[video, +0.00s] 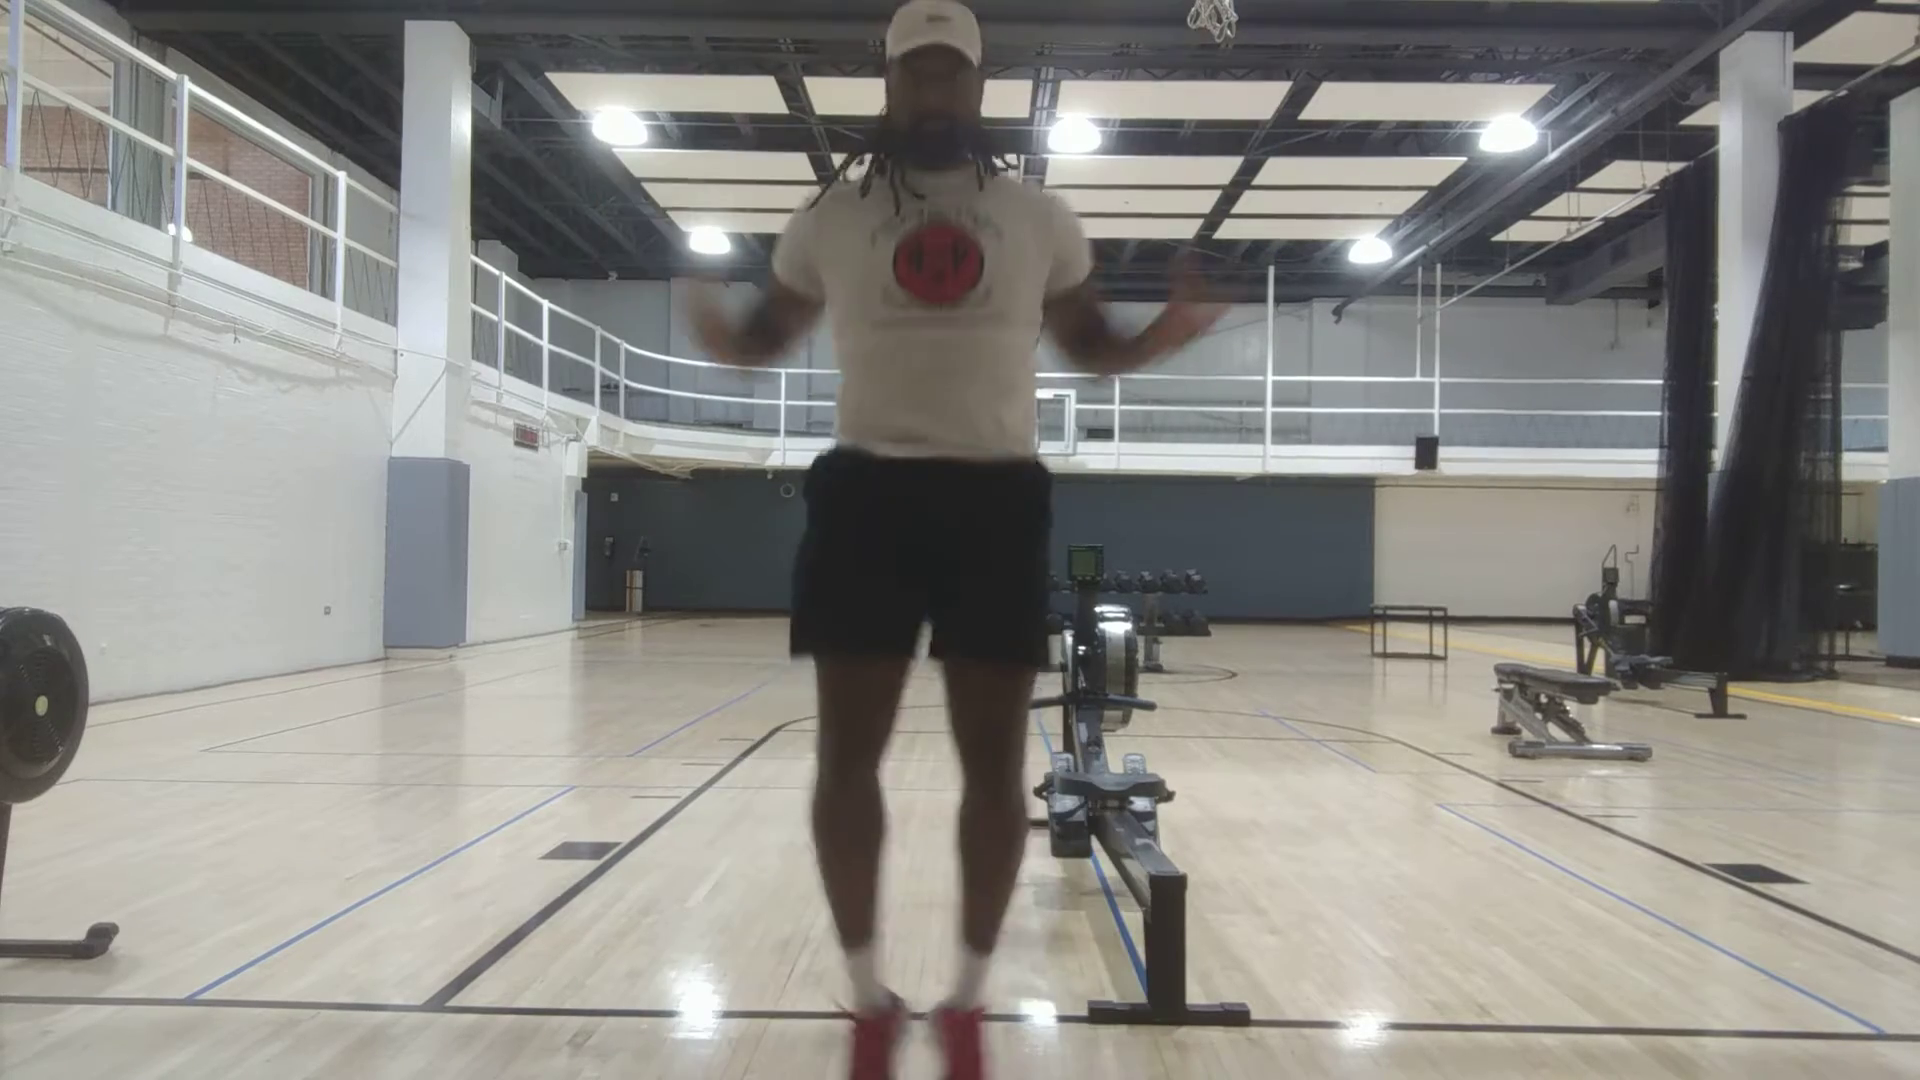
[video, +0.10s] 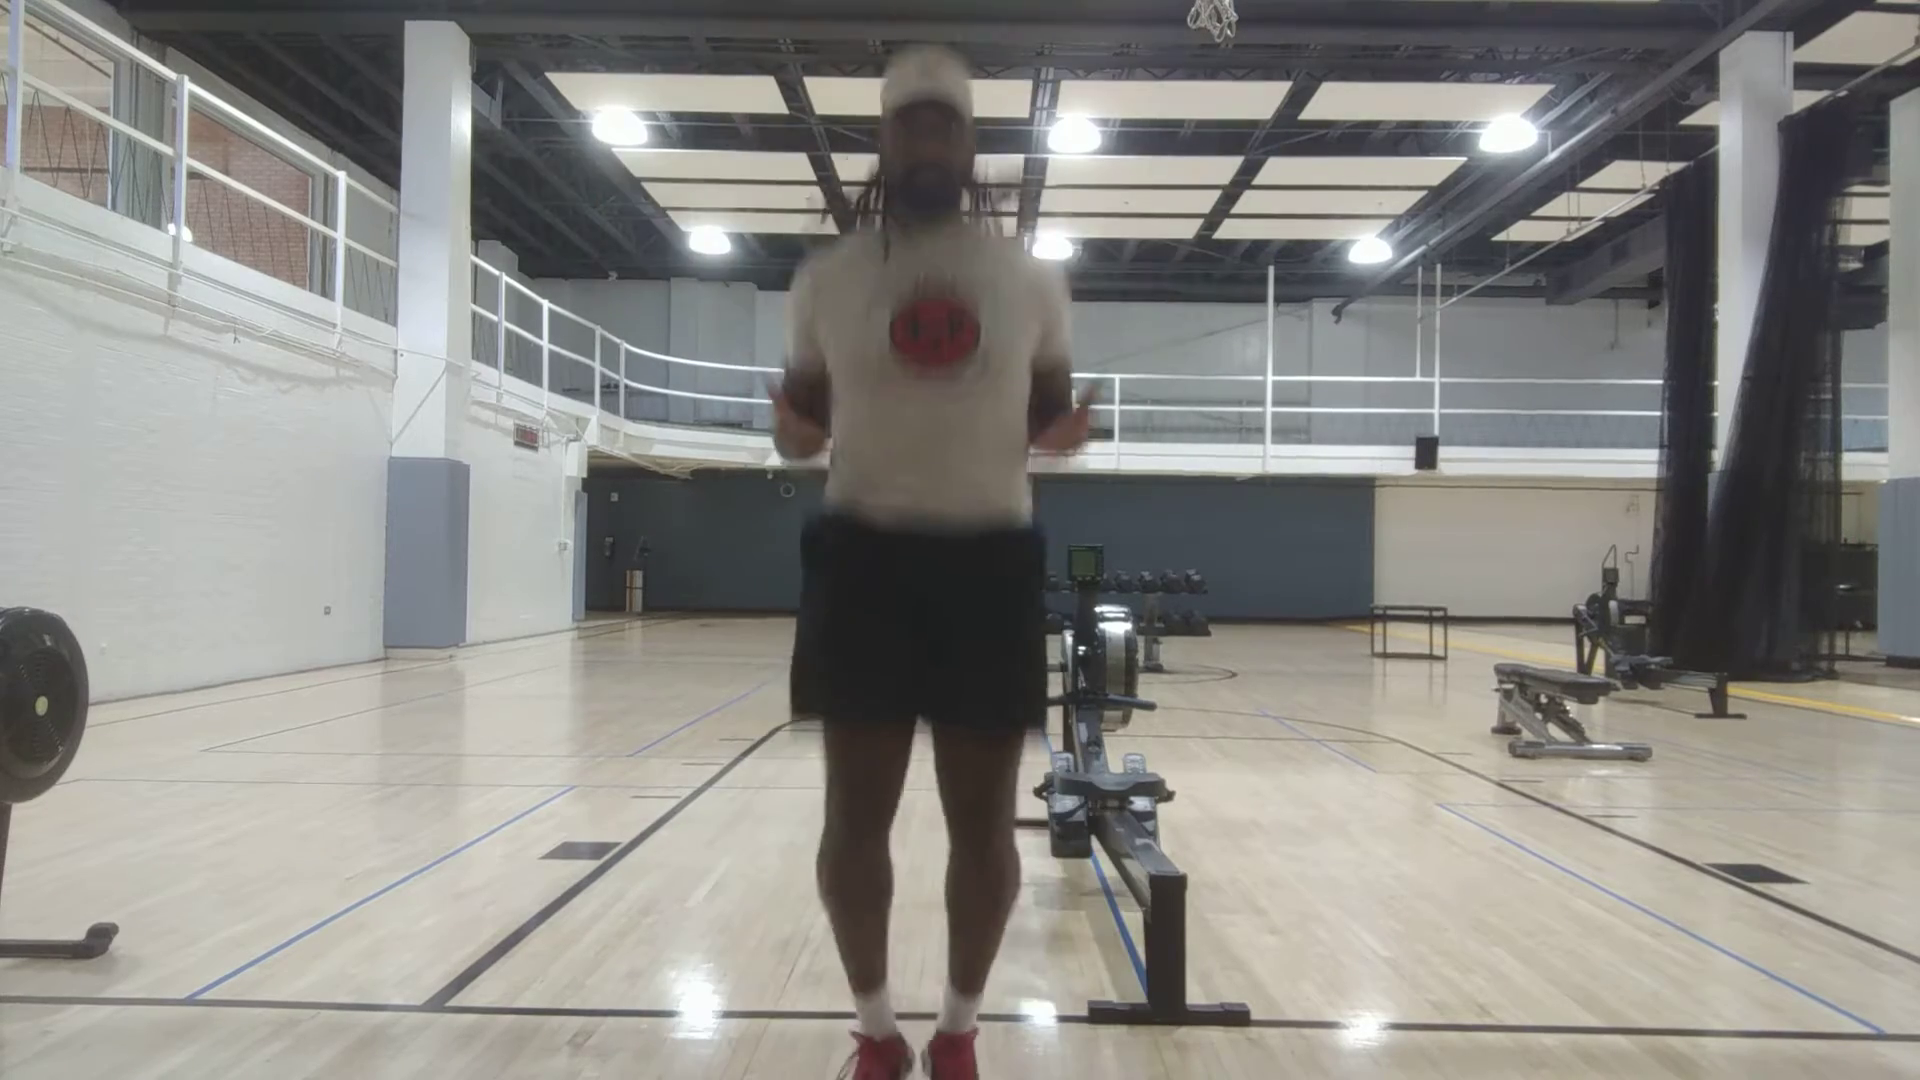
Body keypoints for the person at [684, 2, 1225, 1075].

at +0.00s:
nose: (937, 89)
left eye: (954, 71)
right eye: (919, 71)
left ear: (980, 87)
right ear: (886, 87)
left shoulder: (1035, 211)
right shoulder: (833, 215)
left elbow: (1092, 348)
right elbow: (761, 340)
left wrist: (1162, 332)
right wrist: (724, 325)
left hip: (997, 501)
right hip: (866, 498)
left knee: (993, 766)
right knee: (849, 760)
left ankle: (967, 1001)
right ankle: (868, 997)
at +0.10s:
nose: (928, 133)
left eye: (946, 117)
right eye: (910, 116)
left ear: (973, 140)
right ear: (880, 137)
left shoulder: (1028, 279)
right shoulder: (829, 275)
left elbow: (1051, 417)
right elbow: (804, 424)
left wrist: (1051, 426)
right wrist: (799, 417)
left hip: (989, 557)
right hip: (863, 552)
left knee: (982, 820)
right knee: (857, 810)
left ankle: (957, 1030)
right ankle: (875, 1033)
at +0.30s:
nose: (925, 111)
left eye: (943, 93)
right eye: (906, 94)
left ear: (971, 113)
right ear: (877, 114)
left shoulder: (1024, 252)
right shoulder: (824, 250)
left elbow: (1085, 373)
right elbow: (760, 371)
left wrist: (1133, 366)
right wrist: (716, 373)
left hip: (989, 528)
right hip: (859, 527)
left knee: (989, 779)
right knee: (846, 769)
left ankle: (970, 1005)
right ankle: (863, 1001)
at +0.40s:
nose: (923, 65)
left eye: (941, 49)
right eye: (903, 50)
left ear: (972, 75)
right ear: (875, 76)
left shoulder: (1026, 195)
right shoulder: (825, 193)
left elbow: (1135, 308)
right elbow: (707, 304)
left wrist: (1192, 231)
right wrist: (639, 238)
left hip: (990, 481)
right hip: (854, 480)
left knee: (1013, 738)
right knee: (817, 733)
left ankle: (1033, 983)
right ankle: (799, 979)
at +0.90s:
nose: (929, 75)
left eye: (948, 58)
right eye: (910, 58)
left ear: (979, 82)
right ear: (881, 81)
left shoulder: (1034, 197)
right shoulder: (829, 198)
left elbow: (1150, 279)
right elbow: (698, 276)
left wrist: (1229, 189)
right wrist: (622, 188)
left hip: (997, 490)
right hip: (858, 487)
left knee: (1044, 740)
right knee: (803, 732)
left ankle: (1077, 992)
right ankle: (775, 980)